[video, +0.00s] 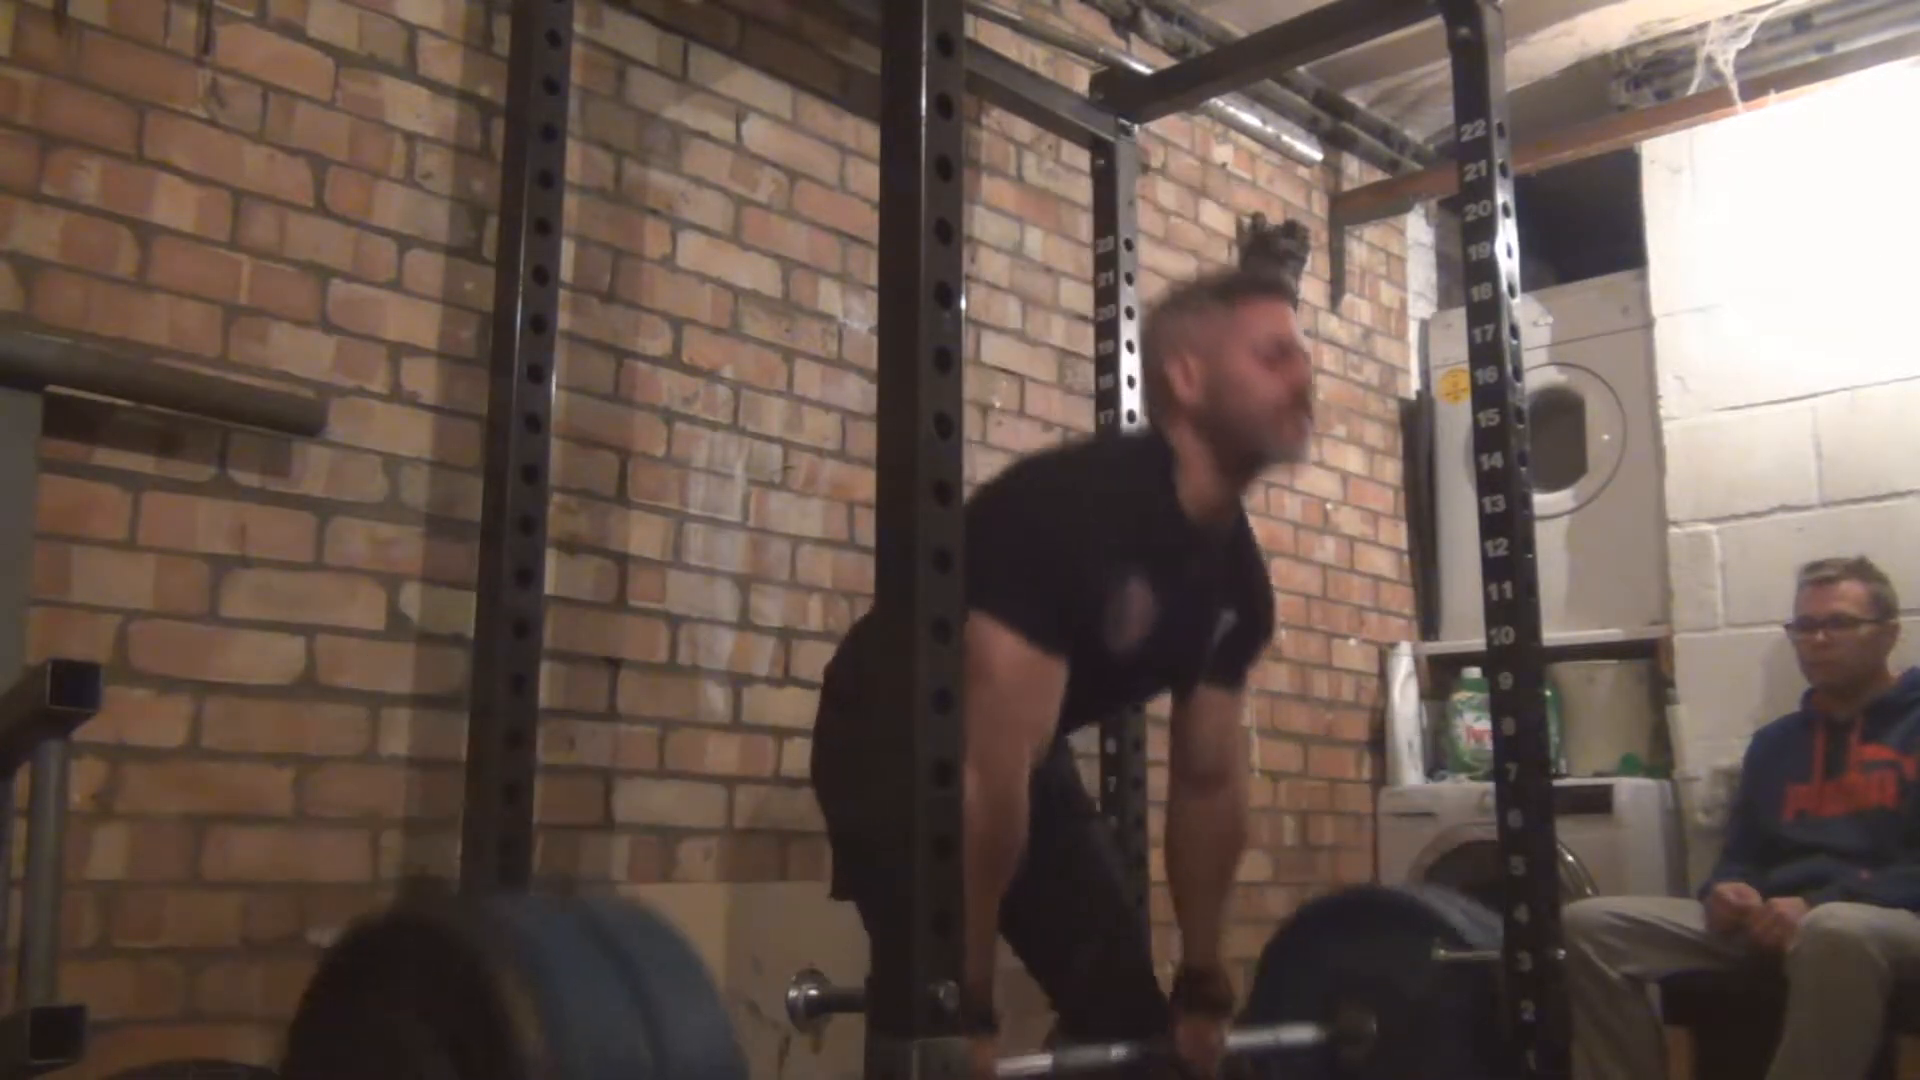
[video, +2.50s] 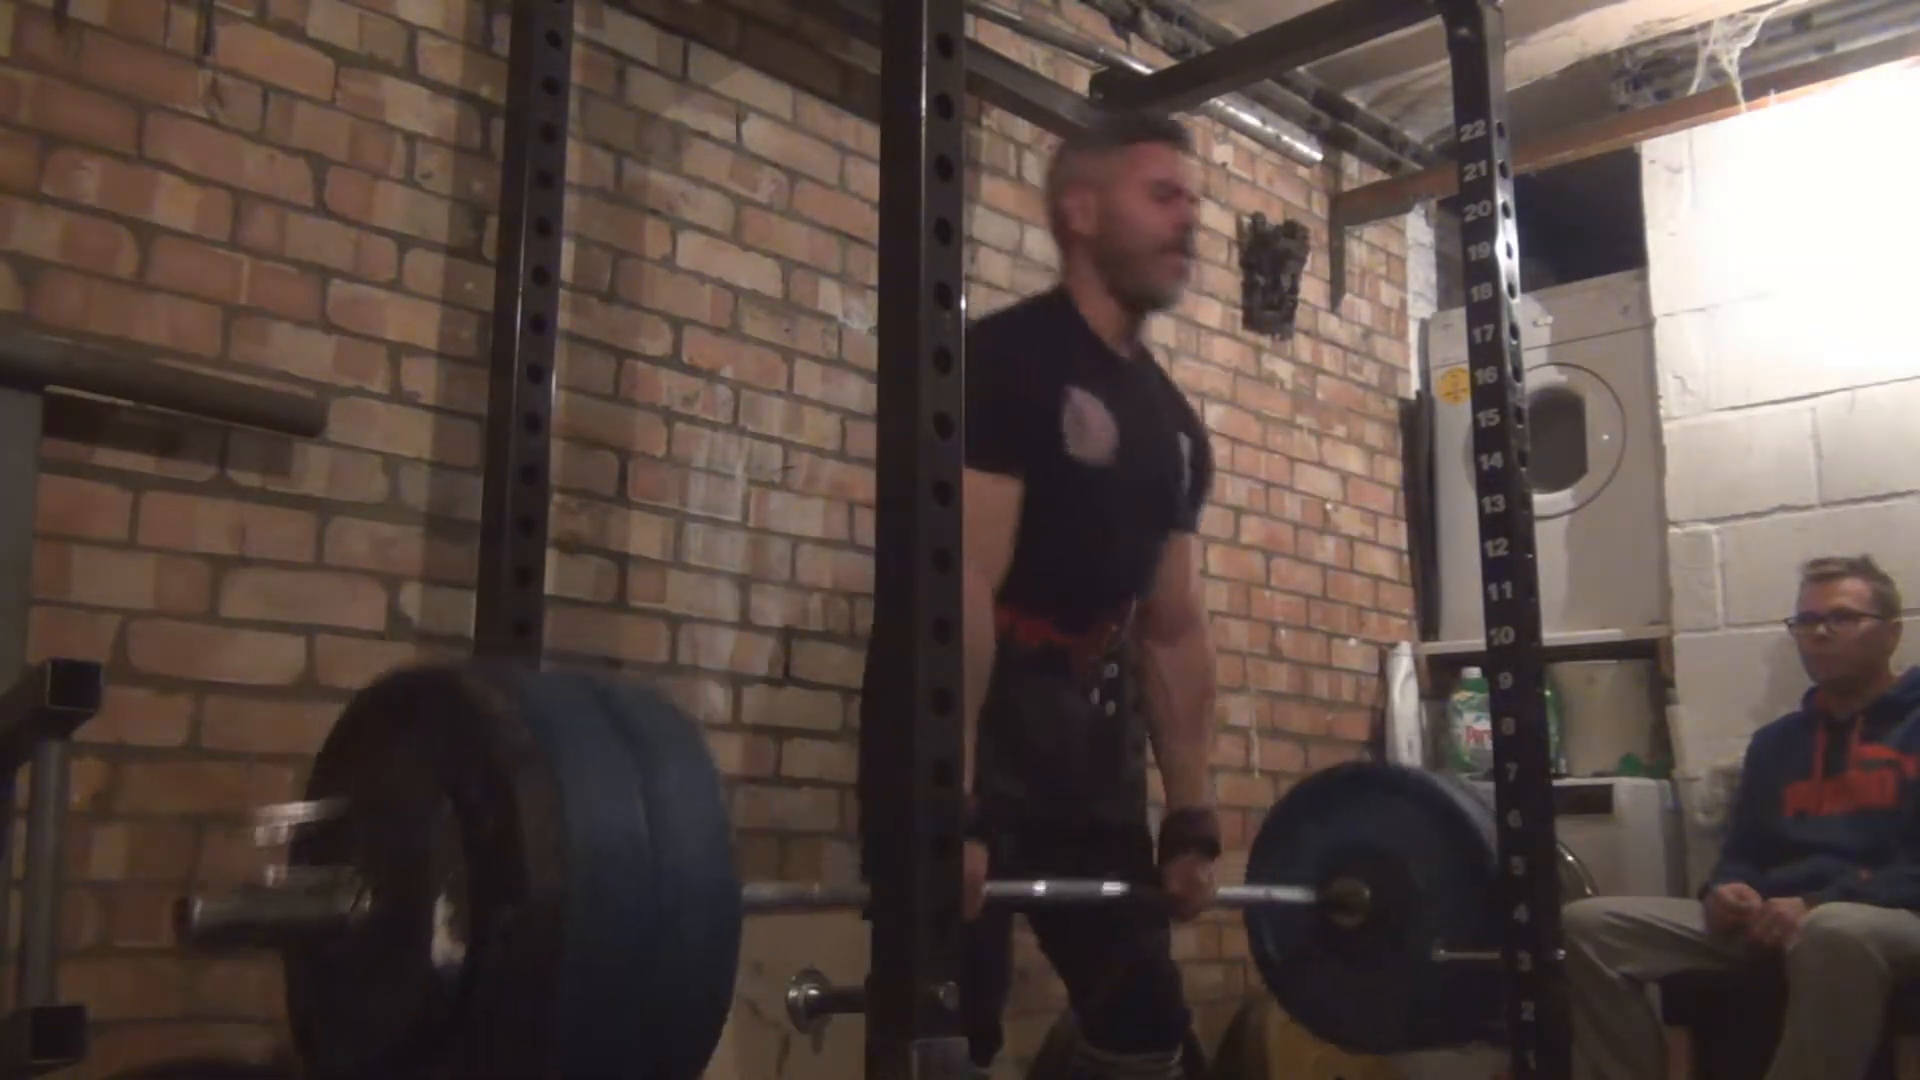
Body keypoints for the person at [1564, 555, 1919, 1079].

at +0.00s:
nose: (1817, 640)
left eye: (1838, 624)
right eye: (1805, 626)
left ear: (1888, 635)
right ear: (1791, 635)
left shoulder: (1914, 719)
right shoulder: (1775, 742)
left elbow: (1915, 870)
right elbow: (1739, 855)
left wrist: (1818, 905)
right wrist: (1725, 892)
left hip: (1893, 919)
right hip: (1767, 917)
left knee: (1834, 936)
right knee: (1587, 929)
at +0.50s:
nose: (1818, 639)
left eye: (1840, 624)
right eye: (1805, 625)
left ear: (1889, 635)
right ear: (1792, 634)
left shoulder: (1913, 722)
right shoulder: (1775, 743)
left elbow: (1914, 870)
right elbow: (1740, 853)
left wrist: (1817, 905)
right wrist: (1726, 890)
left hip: (1892, 917)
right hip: (1766, 917)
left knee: (1834, 936)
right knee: (1587, 929)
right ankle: (1629, 1073)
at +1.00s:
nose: (1822, 635)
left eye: (1844, 619)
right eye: (1810, 621)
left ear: (1893, 635)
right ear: (1796, 633)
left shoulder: (1913, 721)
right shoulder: (1775, 742)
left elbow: (1913, 872)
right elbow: (1739, 852)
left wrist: (1816, 905)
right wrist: (1724, 892)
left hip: (1892, 919)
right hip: (1766, 917)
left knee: (1834, 936)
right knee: (1587, 929)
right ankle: (1628, 1073)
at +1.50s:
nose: (1824, 634)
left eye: (1846, 619)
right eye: (1810, 621)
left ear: (1894, 635)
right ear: (1796, 634)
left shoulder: (1914, 720)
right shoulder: (1774, 742)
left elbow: (1915, 870)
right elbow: (1740, 851)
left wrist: (1818, 904)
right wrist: (1725, 891)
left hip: (1893, 918)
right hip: (1767, 917)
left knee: (1833, 936)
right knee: (1588, 928)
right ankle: (1627, 1072)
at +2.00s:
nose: (1821, 634)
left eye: (1842, 619)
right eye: (1808, 620)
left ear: (1892, 634)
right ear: (1794, 633)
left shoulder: (1912, 722)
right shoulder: (1775, 742)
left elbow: (1913, 871)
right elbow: (1740, 852)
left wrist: (1817, 906)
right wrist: (1725, 890)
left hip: (1891, 919)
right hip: (1765, 918)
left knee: (1833, 936)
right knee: (1591, 928)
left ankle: (1799, 1073)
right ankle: (1633, 1073)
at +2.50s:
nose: (1819, 633)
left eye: (1841, 618)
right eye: (1807, 620)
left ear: (1891, 634)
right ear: (1794, 633)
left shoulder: (1914, 722)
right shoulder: (1775, 742)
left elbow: (1914, 870)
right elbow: (1741, 852)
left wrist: (1815, 905)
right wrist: (1727, 891)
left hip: (1892, 919)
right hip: (1766, 917)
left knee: (1833, 936)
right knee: (1587, 928)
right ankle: (1629, 1072)